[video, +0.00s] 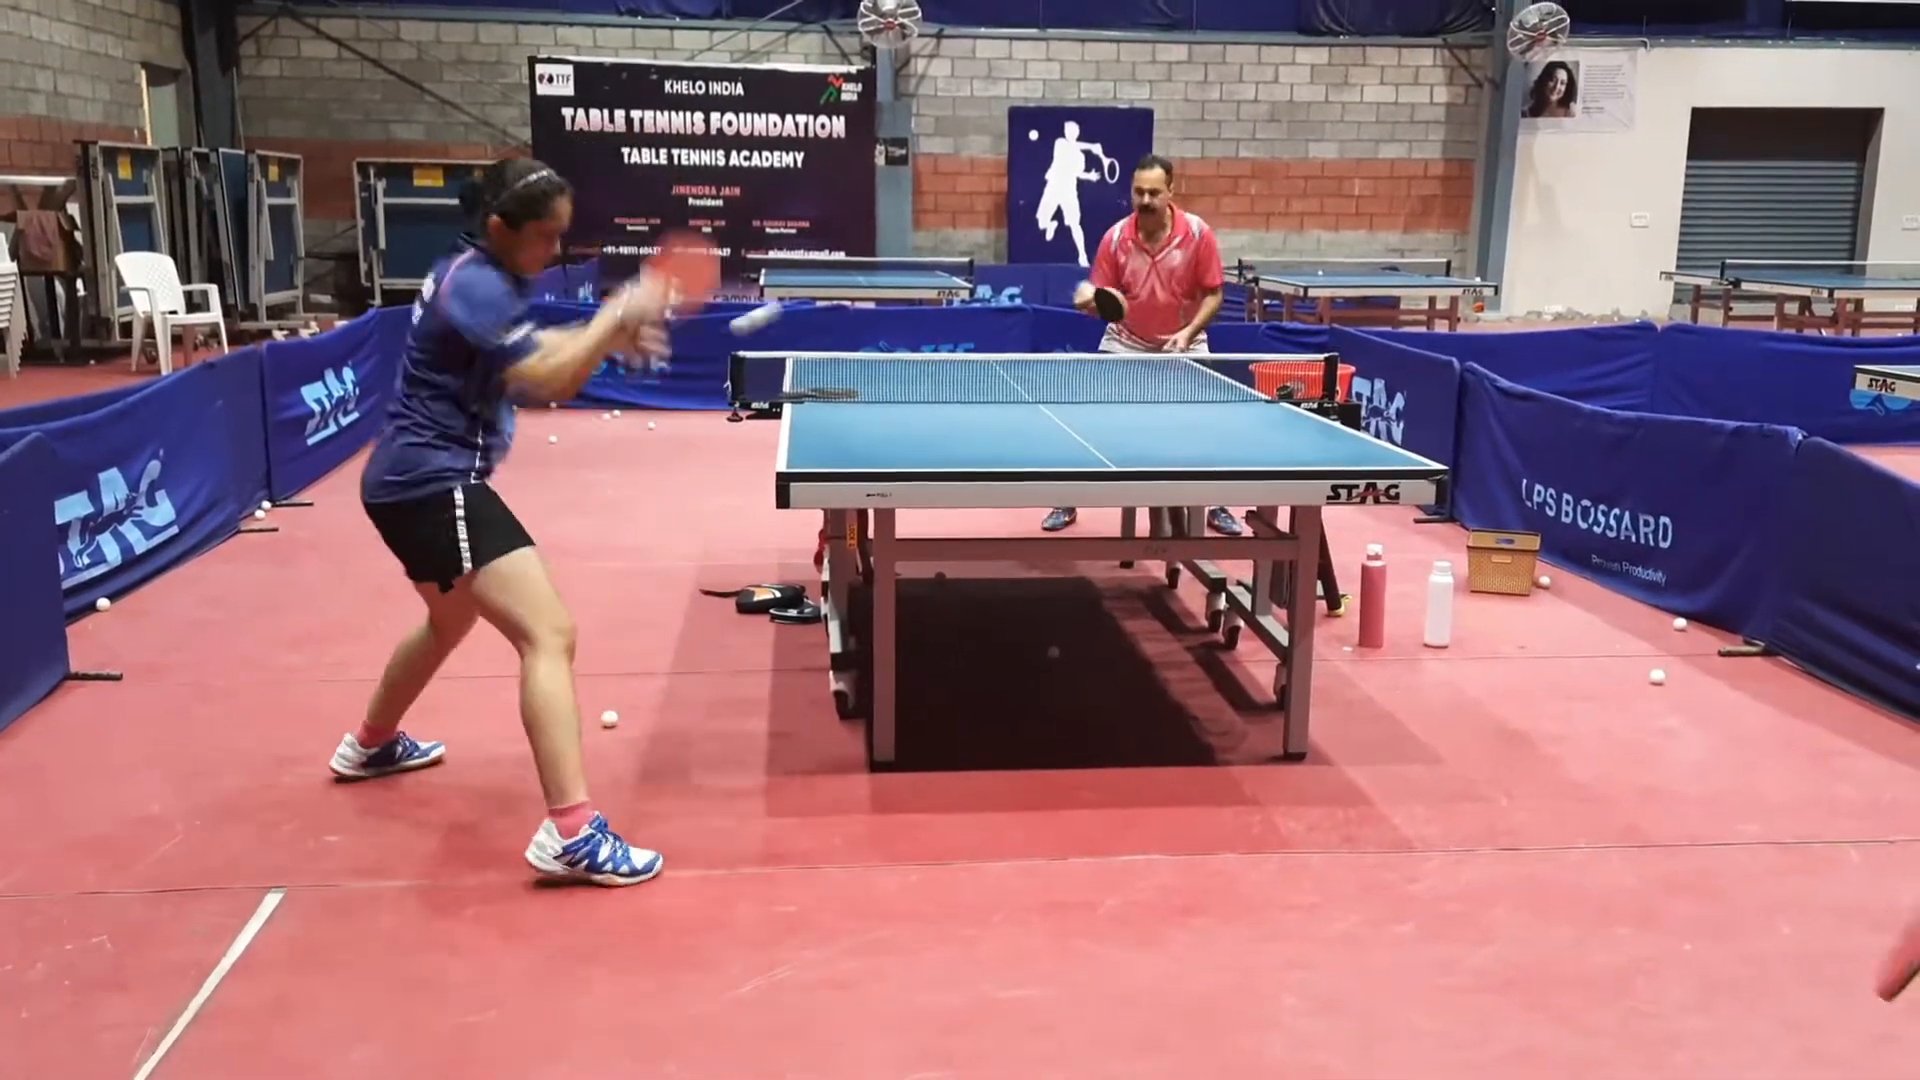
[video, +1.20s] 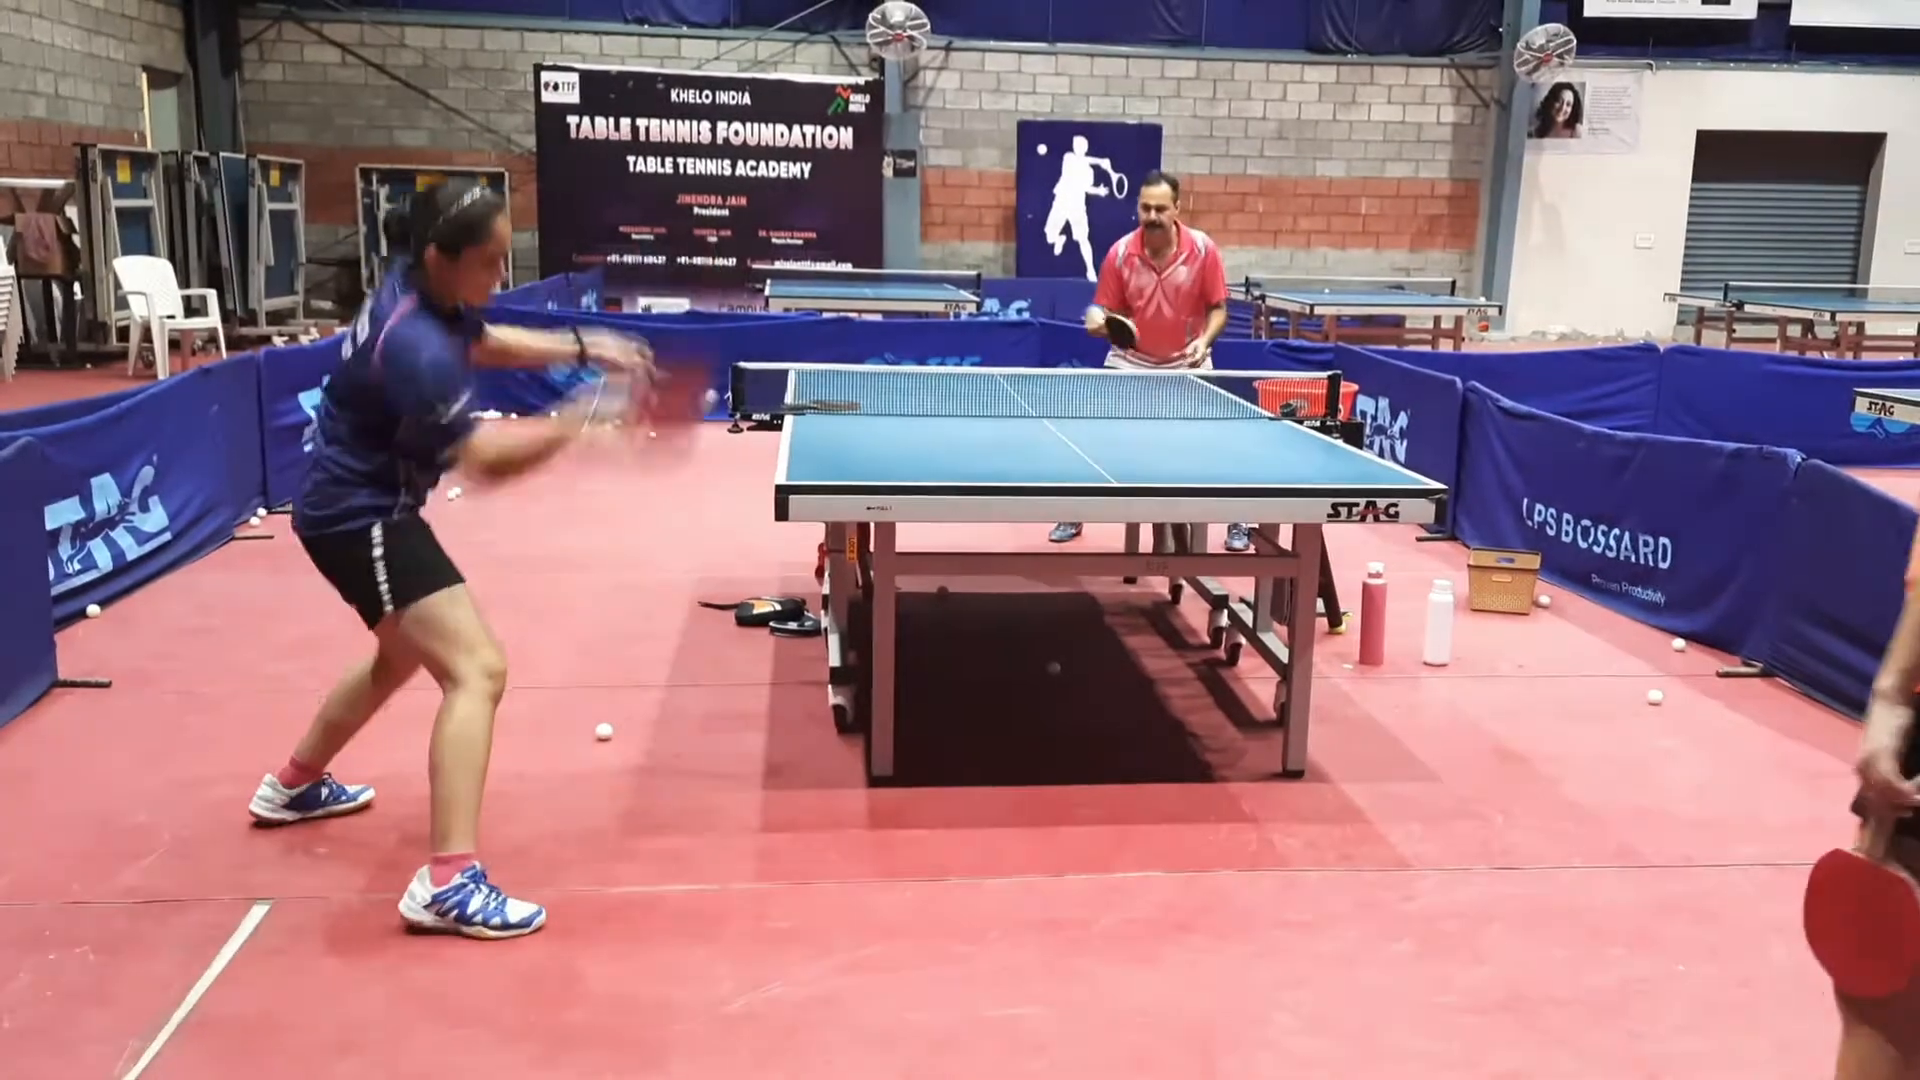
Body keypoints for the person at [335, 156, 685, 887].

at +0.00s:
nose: (557, 247)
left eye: (561, 234)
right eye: (546, 235)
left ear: (509, 229)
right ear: (499, 226)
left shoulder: (477, 272)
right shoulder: (475, 289)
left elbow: (531, 360)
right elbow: (547, 380)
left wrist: (609, 337)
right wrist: (617, 312)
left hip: (405, 479)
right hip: (435, 481)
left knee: (450, 619)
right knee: (547, 634)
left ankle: (371, 744)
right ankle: (573, 829)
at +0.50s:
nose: (551, 230)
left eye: (550, 215)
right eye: (548, 216)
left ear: (479, 210)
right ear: (527, 220)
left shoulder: (439, 252)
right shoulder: (511, 302)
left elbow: (467, 358)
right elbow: (538, 426)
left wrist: (559, 356)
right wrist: (620, 408)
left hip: (330, 470)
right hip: (403, 481)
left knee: (377, 603)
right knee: (511, 648)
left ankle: (341, 747)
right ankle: (537, 849)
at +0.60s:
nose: (573, 239)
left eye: (573, 225)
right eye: (570, 226)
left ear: (510, 221)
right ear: (543, 230)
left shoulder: (475, 262)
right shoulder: (505, 308)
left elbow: (499, 374)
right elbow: (484, 439)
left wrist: (583, 407)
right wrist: (579, 463)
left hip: (336, 464)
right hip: (381, 479)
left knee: (392, 614)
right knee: (498, 651)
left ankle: (320, 760)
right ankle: (469, 861)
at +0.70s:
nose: (590, 286)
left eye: (589, 273)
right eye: (584, 273)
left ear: (538, 274)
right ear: (552, 280)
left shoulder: (520, 337)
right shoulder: (483, 351)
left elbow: (534, 429)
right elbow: (431, 481)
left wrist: (597, 484)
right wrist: (538, 529)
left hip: (367, 507)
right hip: (367, 515)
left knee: (411, 650)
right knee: (501, 671)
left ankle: (309, 776)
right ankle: (459, 873)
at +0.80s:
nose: (588, 333)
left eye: (587, 319)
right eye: (581, 320)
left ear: (538, 322)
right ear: (547, 325)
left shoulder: (537, 388)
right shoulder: (451, 391)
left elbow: (551, 476)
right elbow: (379, 508)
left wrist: (586, 551)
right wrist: (476, 578)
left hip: (393, 539)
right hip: (349, 541)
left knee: (435, 669)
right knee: (499, 678)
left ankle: (307, 778)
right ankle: (456, 879)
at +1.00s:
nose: (550, 353)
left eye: (550, 340)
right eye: (542, 340)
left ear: (500, 342)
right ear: (495, 344)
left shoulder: (521, 393)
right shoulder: (396, 411)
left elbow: (544, 485)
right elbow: (326, 527)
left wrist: (574, 582)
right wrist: (366, 620)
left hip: (407, 548)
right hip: (351, 549)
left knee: (424, 689)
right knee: (478, 673)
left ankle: (303, 781)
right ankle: (451, 883)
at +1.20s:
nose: (501, 275)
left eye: (503, 260)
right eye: (492, 262)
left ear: (445, 257)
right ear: (441, 259)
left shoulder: (422, 289)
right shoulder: (417, 346)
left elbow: (482, 344)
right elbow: (484, 456)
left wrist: (584, 345)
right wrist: (576, 420)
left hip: (356, 507)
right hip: (362, 516)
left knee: (399, 659)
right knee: (478, 671)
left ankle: (293, 784)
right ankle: (452, 879)